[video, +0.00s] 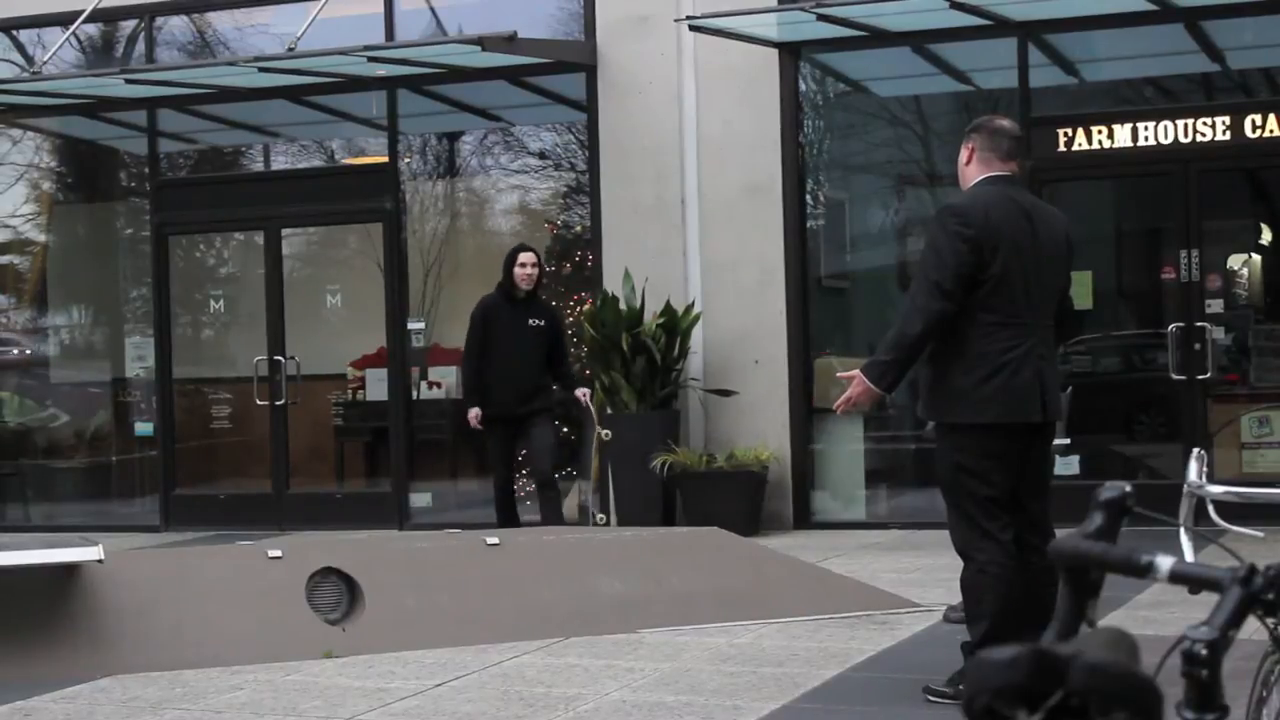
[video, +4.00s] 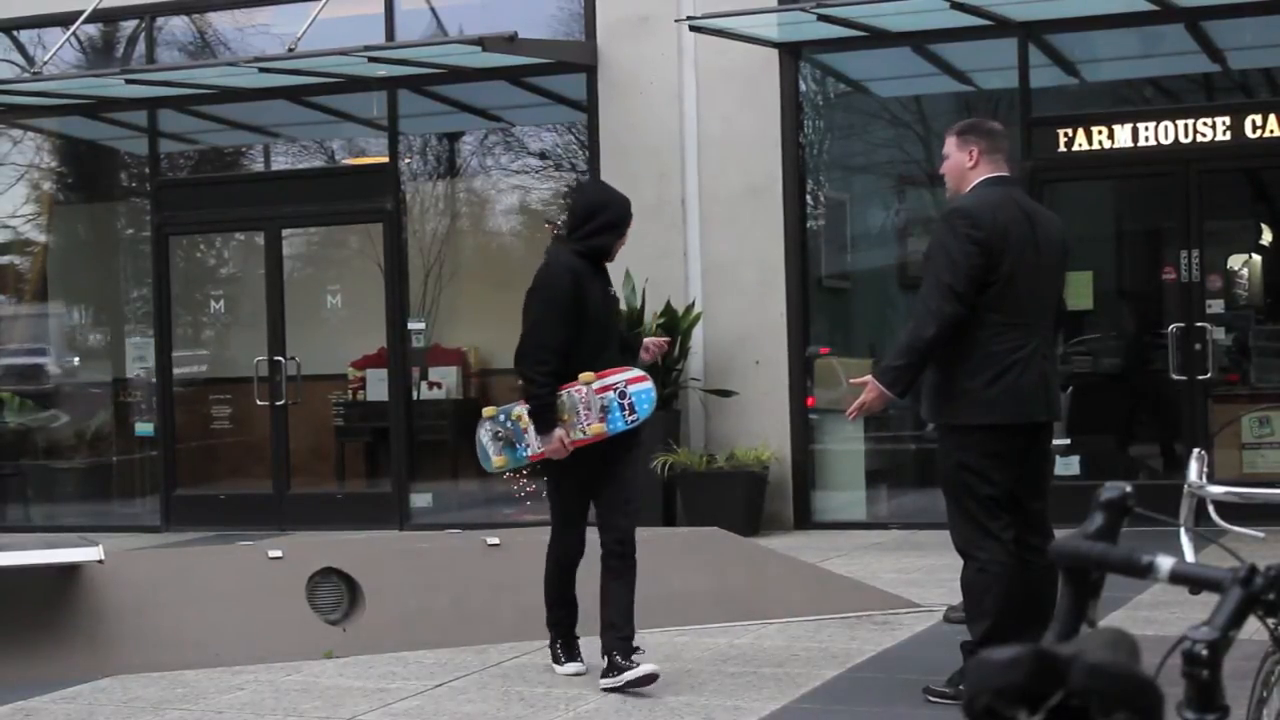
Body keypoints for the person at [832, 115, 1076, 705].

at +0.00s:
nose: (957, 166)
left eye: (959, 157)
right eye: (960, 158)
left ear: (969, 155)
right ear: (1020, 163)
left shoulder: (963, 215)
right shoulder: (1049, 221)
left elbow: (928, 307)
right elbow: (1065, 317)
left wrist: (877, 375)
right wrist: (1021, 349)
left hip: (972, 407)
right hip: (1033, 407)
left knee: (982, 539)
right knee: (1029, 533)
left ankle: (987, 674)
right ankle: (1032, 667)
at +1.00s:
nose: (960, 166)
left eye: (963, 156)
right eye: (964, 157)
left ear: (974, 154)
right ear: (1022, 161)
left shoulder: (968, 216)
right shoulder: (1052, 221)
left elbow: (932, 308)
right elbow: (1068, 316)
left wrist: (883, 376)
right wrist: (1025, 352)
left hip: (973, 407)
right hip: (1034, 407)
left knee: (982, 539)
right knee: (1029, 531)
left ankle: (988, 674)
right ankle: (1030, 665)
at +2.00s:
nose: (956, 165)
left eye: (958, 155)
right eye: (959, 156)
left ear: (971, 153)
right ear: (1019, 161)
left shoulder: (965, 217)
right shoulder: (1048, 221)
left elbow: (931, 308)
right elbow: (1065, 317)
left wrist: (882, 376)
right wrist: (1023, 350)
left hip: (973, 408)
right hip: (1032, 407)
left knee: (981, 538)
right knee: (1027, 532)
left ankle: (986, 674)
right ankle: (1028, 667)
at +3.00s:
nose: (956, 164)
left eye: (959, 153)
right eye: (959, 155)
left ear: (973, 151)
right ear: (1019, 159)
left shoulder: (969, 218)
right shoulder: (1049, 221)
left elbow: (937, 311)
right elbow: (1063, 320)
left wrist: (889, 377)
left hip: (976, 408)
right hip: (1034, 408)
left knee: (983, 539)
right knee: (1029, 531)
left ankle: (988, 674)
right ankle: (1027, 666)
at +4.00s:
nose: (940, 168)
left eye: (945, 155)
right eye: (942, 157)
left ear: (971, 155)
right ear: (993, 155)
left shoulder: (967, 217)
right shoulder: (1042, 221)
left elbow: (938, 312)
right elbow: (1055, 318)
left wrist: (890, 378)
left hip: (975, 408)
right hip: (1031, 407)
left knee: (983, 539)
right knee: (1028, 533)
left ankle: (987, 675)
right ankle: (1027, 666)